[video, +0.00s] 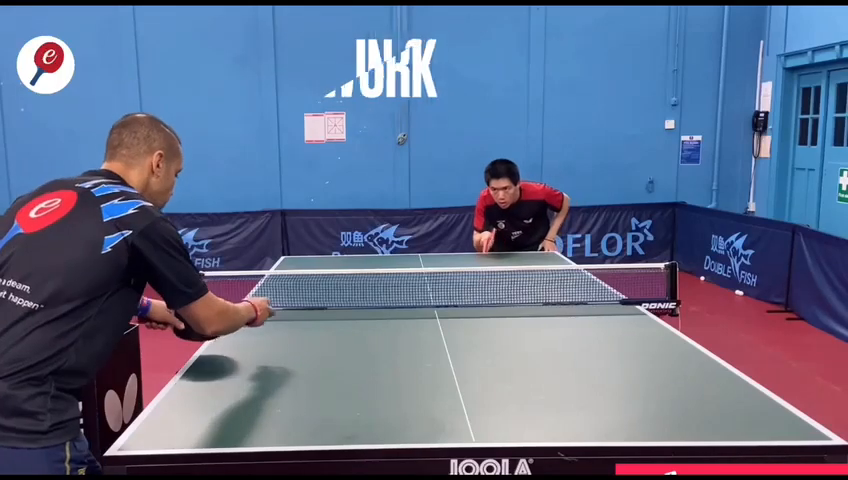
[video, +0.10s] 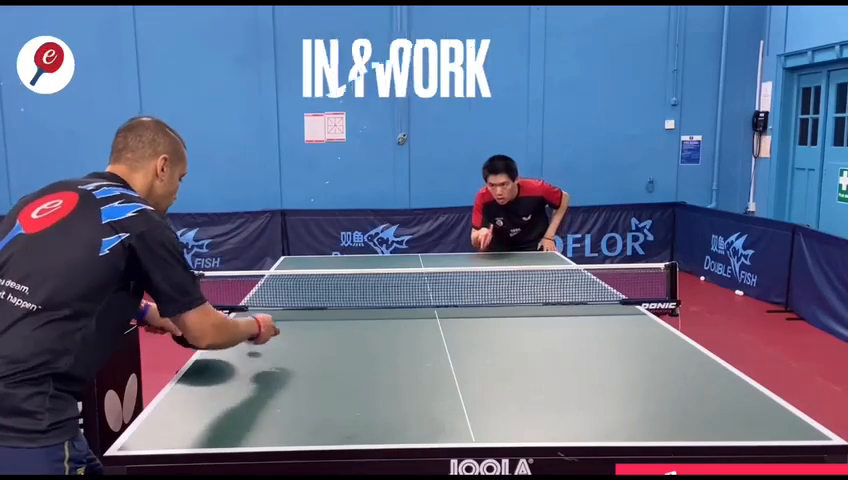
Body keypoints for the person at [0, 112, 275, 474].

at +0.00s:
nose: (172, 192)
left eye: (177, 179)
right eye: (175, 177)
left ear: (111, 155)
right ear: (156, 164)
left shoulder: (41, 195)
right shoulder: (142, 220)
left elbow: (65, 284)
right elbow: (207, 321)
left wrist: (151, 310)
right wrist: (247, 312)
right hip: (35, 431)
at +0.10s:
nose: (174, 197)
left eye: (179, 184)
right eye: (178, 182)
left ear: (116, 158)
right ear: (160, 168)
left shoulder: (45, 196)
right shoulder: (142, 219)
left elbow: (63, 282)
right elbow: (203, 331)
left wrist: (147, 314)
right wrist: (251, 327)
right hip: (35, 426)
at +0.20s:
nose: (182, 204)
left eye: (186, 191)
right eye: (185, 188)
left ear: (123, 167)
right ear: (167, 176)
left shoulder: (49, 202)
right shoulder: (143, 226)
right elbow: (195, 347)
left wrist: (142, 310)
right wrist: (250, 340)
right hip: (30, 425)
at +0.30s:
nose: (187, 209)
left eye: (192, 195)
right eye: (191, 194)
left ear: (128, 174)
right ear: (171, 185)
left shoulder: (64, 207)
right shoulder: (137, 233)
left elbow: (87, 296)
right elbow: (171, 356)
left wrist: (172, 305)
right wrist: (236, 344)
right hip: (23, 418)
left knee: (91, 464)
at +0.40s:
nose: (183, 204)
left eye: (187, 191)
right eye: (186, 189)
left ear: (123, 173)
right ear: (166, 181)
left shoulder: (77, 207)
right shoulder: (121, 227)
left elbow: (162, 269)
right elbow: (151, 349)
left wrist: (236, 283)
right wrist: (221, 338)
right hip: (19, 414)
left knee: (96, 467)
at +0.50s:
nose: (179, 191)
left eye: (183, 177)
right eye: (181, 176)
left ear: (118, 161)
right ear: (161, 169)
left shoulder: (80, 195)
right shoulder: (112, 217)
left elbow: (163, 254)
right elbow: (134, 342)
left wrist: (248, 260)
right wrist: (201, 330)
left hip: (40, 402)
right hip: (16, 412)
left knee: (92, 469)